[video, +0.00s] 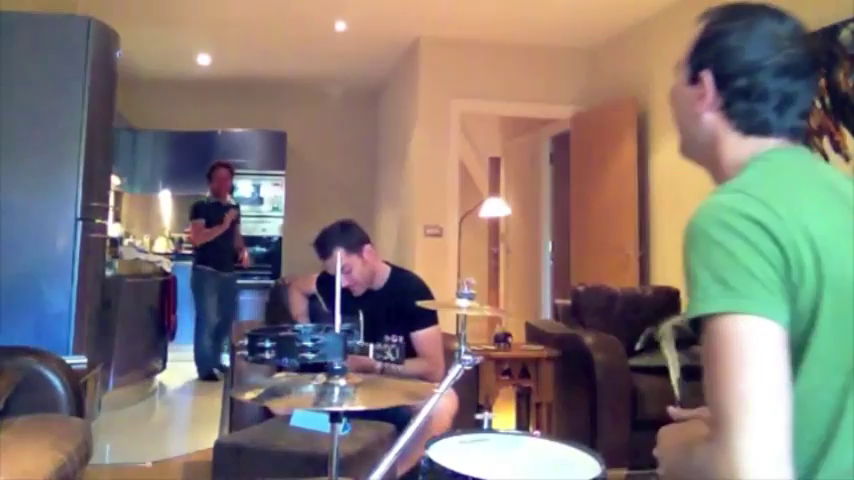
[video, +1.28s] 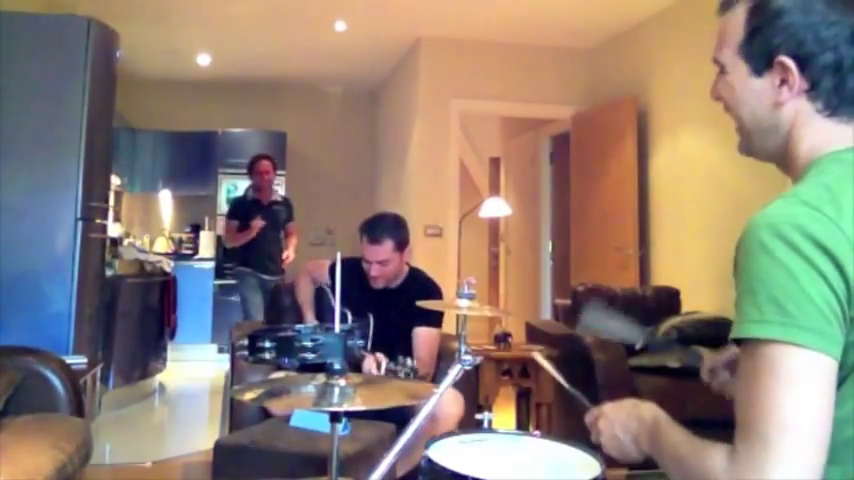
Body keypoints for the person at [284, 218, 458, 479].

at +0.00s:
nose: (343, 283)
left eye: (347, 271)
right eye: (336, 275)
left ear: (368, 253)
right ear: (329, 269)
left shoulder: (410, 289)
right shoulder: (332, 284)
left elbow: (434, 369)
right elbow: (295, 288)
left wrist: (374, 367)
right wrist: (305, 335)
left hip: (395, 391)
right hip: (339, 387)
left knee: (444, 402)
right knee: (279, 398)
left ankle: (390, 473)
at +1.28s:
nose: (372, 272)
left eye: (382, 263)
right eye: (367, 262)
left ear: (404, 255)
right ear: (362, 250)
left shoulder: (424, 291)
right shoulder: (348, 271)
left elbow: (424, 370)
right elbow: (306, 272)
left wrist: (387, 368)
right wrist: (310, 325)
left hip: (394, 387)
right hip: (341, 379)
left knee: (450, 405)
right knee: (277, 399)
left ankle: (390, 472)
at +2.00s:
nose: (379, 285)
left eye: (391, 279)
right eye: (374, 274)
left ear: (412, 271)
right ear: (370, 257)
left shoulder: (426, 301)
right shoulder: (347, 274)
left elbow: (430, 377)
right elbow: (302, 280)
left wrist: (372, 379)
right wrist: (312, 329)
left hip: (395, 390)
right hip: (339, 380)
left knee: (442, 403)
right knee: (284, 381)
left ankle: (391, 473)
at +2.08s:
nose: (376, 286)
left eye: (388, 280)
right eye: (371, 275)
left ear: (410, 271)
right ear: (366, 258)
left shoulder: (424, 301)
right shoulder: (346, 274)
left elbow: (429, 375)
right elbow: (300, 281)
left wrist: (372, 373)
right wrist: (312, 330)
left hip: (394, 390)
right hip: (337, 381)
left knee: (441, 402)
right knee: (283, 382)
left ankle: (390, 473)